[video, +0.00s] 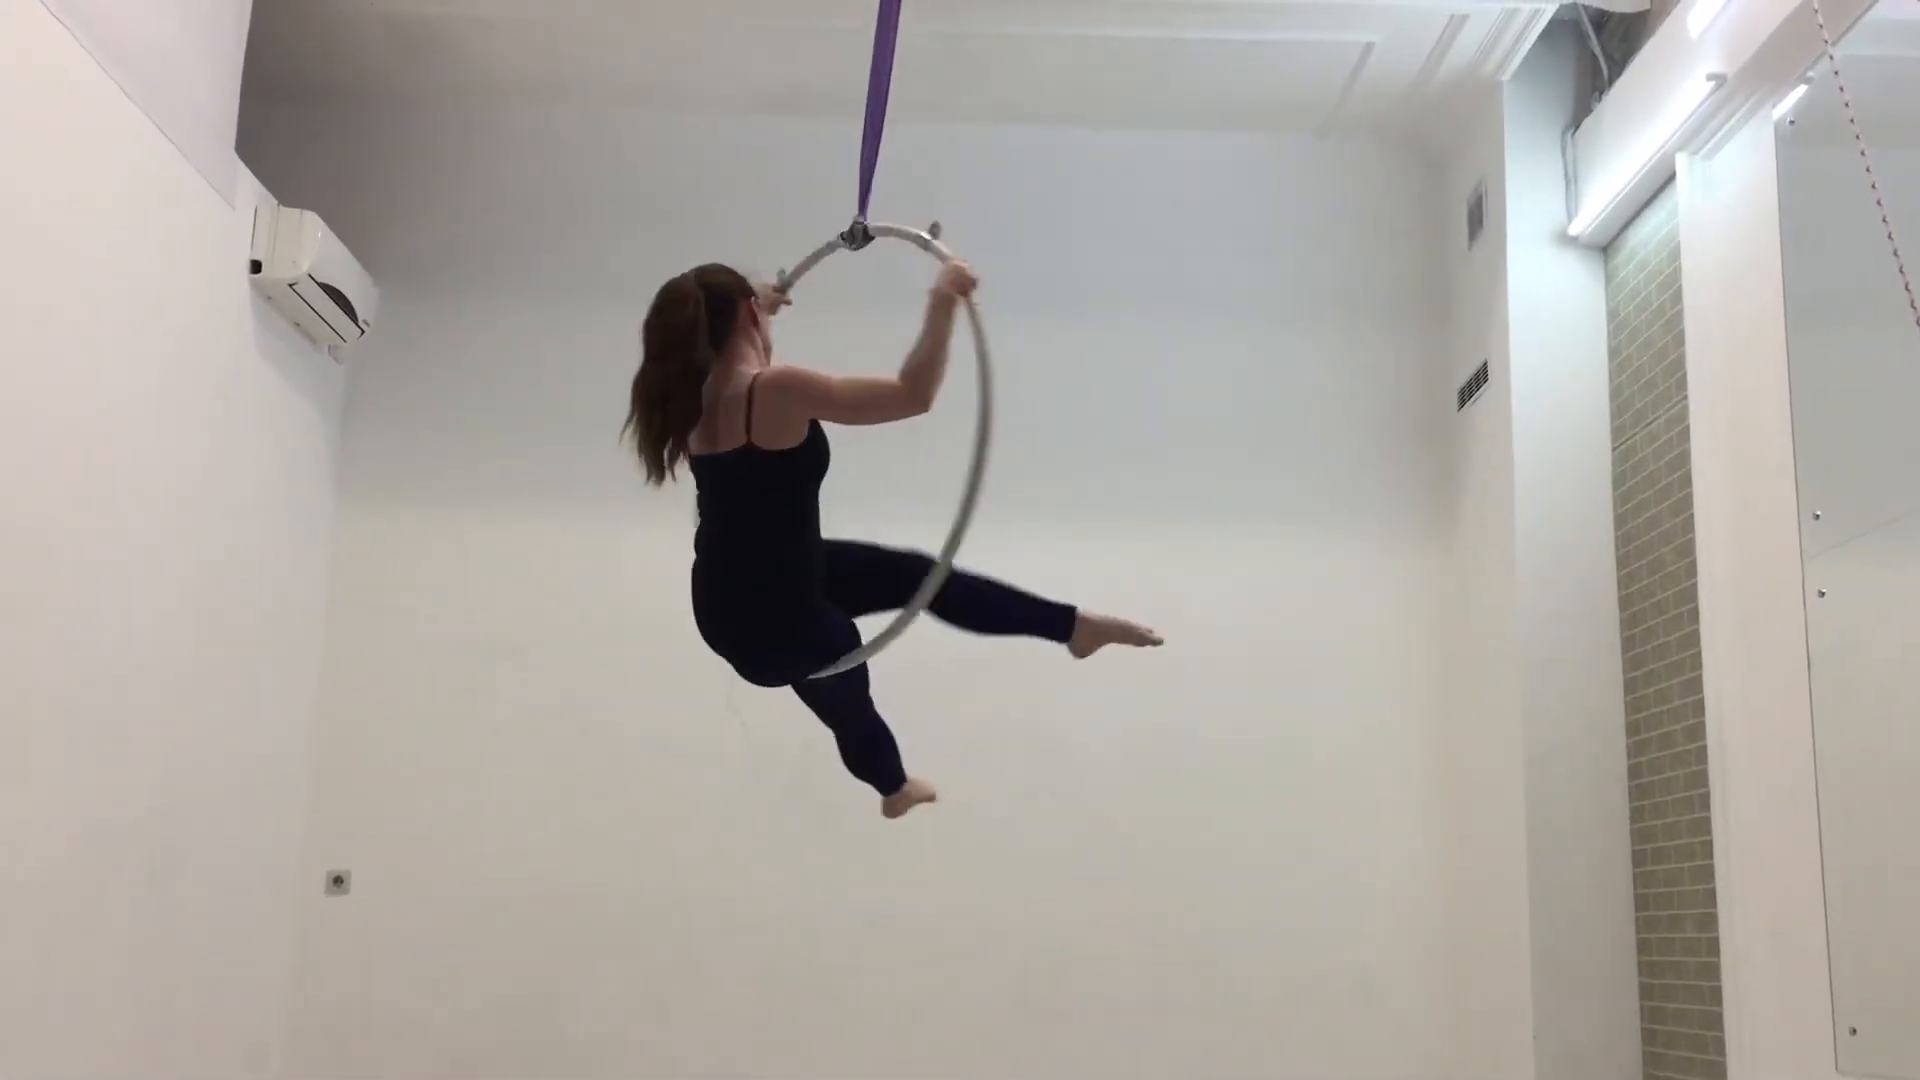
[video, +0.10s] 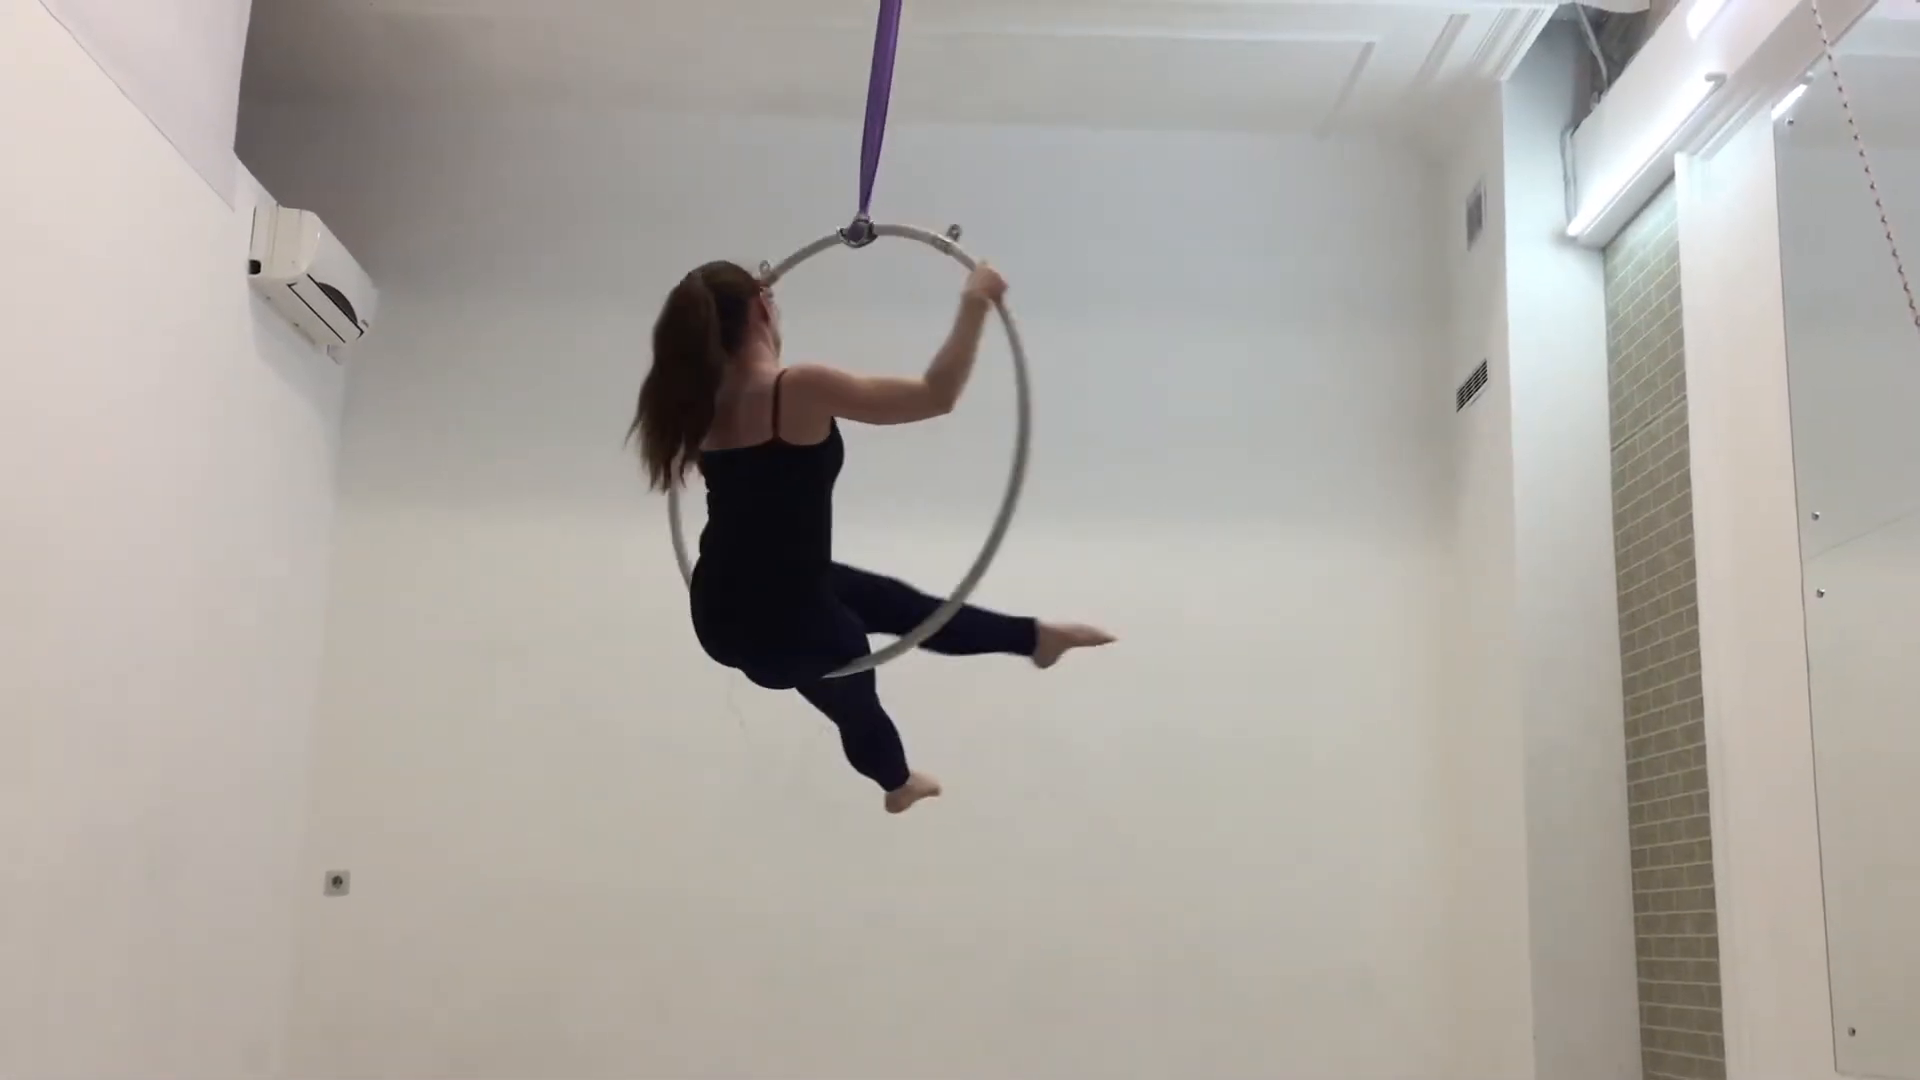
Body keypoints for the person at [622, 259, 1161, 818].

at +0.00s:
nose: (764, 313)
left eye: (756, 302)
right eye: (757, 305)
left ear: (694, 338)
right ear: (748, 320)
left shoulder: (692, 402)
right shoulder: (780, 389)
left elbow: (733, 400)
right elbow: (911, 396)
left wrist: (754, 324)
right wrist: (944, 302)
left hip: (726, 600)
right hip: (782, 609)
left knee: (918, 575)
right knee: (846, 693)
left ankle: (1072, 626)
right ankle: (893, 787)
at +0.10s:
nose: (774, 313)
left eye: (770, 303)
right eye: (769, 303)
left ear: (703, 334)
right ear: (760, 315)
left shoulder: (699, 407)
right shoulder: (806, 385)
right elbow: (935, 396)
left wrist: (748, 337)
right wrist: (974, 305)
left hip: (721, 605)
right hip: (792, 609)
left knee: (894, 603)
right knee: (855, 703)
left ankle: (1033, 639)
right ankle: (895, 783)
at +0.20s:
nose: (781, 303)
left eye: (772, 294)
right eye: (774, 297)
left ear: (714, 334)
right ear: (770, 310)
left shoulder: (712, 407)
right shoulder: (825, 386)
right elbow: (955, 391)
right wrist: (997, 300)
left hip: (731, 621)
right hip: (813, 627)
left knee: (870, 639)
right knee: (871, 687)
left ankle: (957, 659)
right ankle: (919, 766)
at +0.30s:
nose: (783, 301)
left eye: (775, 294)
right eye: (778, 296)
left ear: (724, 340)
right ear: (776, 310)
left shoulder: (727, 414)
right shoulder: (845, 385)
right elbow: (971, 388)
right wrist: (1009, 293)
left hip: (759, 624)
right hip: (845, 621)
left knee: (829, 671)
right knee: (891, 681)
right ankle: (931, 730)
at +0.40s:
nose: (793, 304)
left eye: (782, 297)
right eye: (786, 298)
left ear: (739, 349)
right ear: (787, 314)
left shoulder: (748, 420)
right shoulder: (871, 383)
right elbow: (989, 388)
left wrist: (724, 314)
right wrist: (1028, 298)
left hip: (792, 626)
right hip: (876, 619)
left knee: (823, 681)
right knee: (894, 665)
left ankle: (856, 792)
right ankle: (907, 701)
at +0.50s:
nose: (821, 305)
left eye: (809, 300)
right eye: (815, 300)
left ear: (766, 348)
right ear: (818, 313)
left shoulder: (778, 423)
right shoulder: (907, 386)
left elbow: (726, 394)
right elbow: (1016, 395)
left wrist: (736, 311)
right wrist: (1053, 310)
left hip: (817, 624)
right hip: (907, 623)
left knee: (828, 692)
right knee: (879, 686)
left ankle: (863, 835)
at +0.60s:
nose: (867, 306)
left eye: (853, 302)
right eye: (858, 303)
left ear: (811, 351)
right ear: (863, 317)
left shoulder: (811, 421)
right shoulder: (949, 394)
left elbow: (726, 399)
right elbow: (1048, 407)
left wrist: (749, 308)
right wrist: (1074, 325)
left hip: (835, 634)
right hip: (928, 639)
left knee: (832, 690)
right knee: (881, 685)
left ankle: (869, 825)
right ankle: (834, 764)